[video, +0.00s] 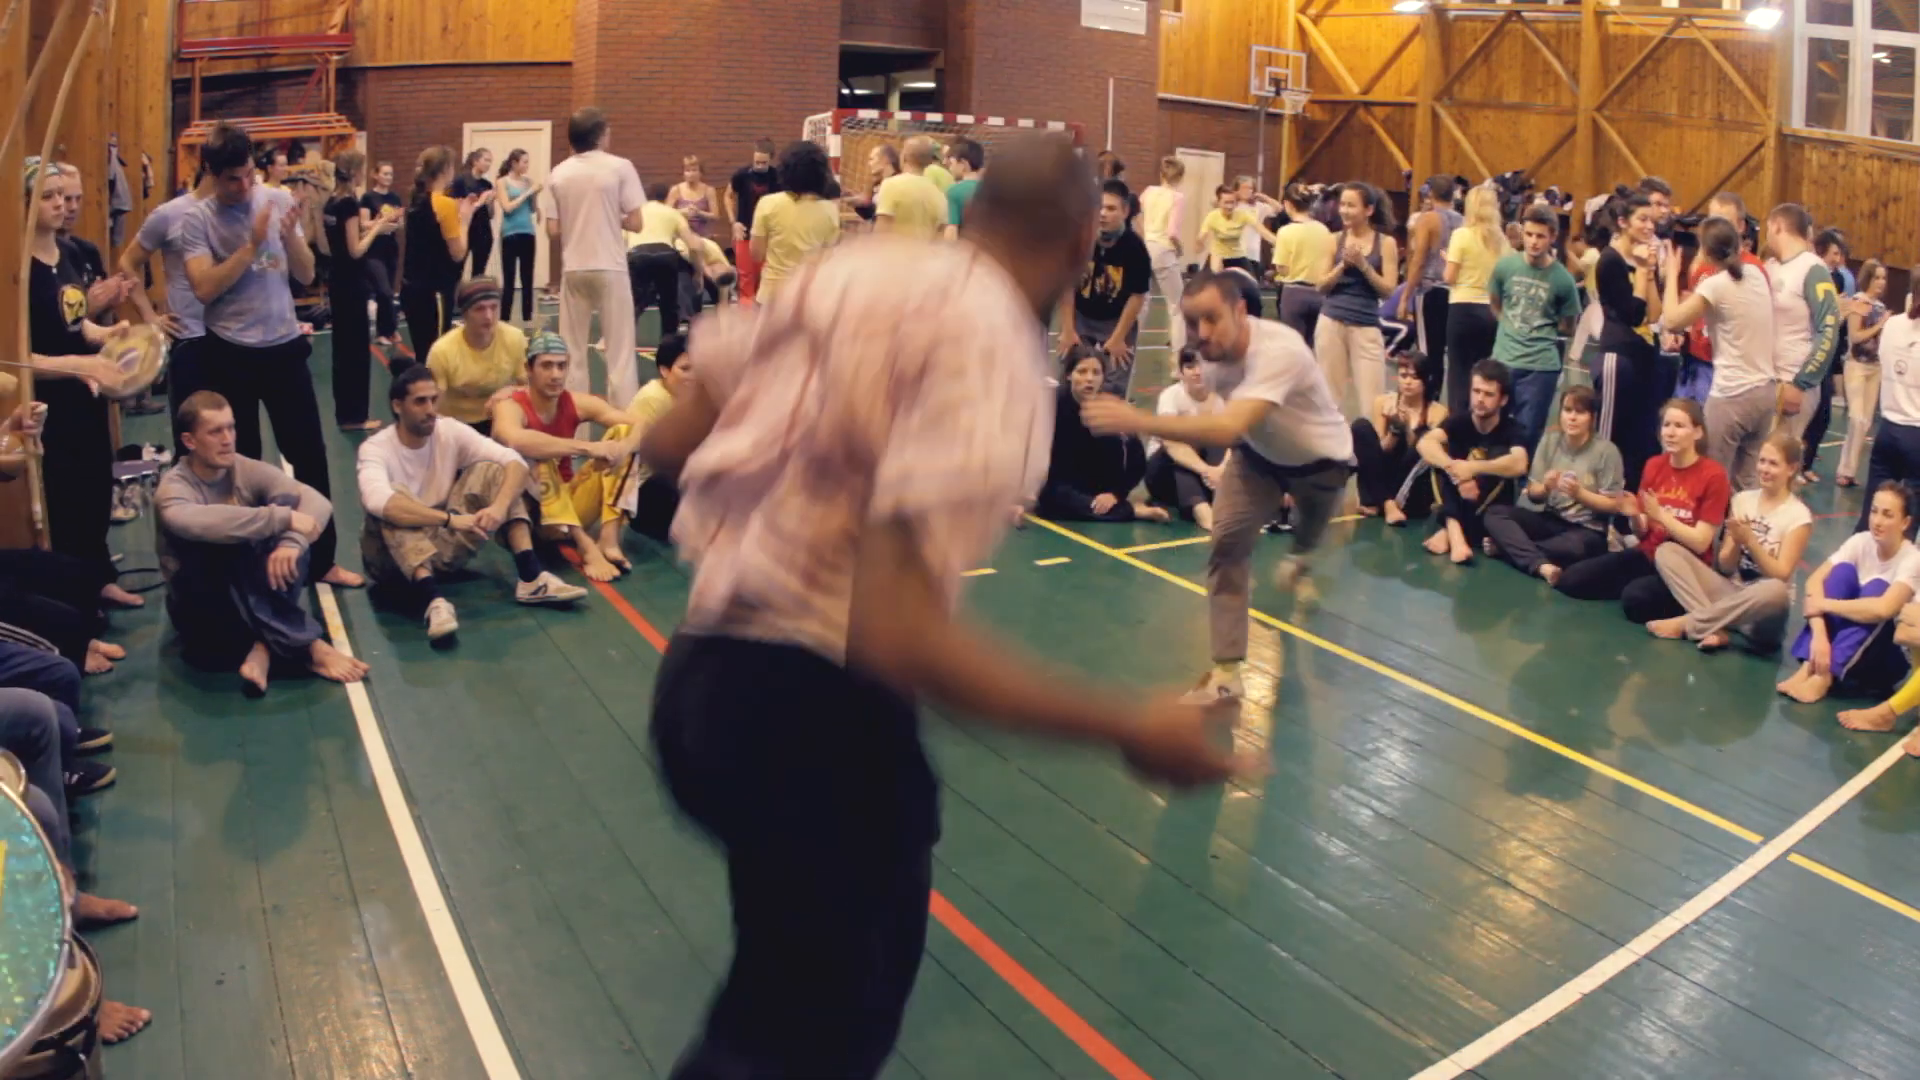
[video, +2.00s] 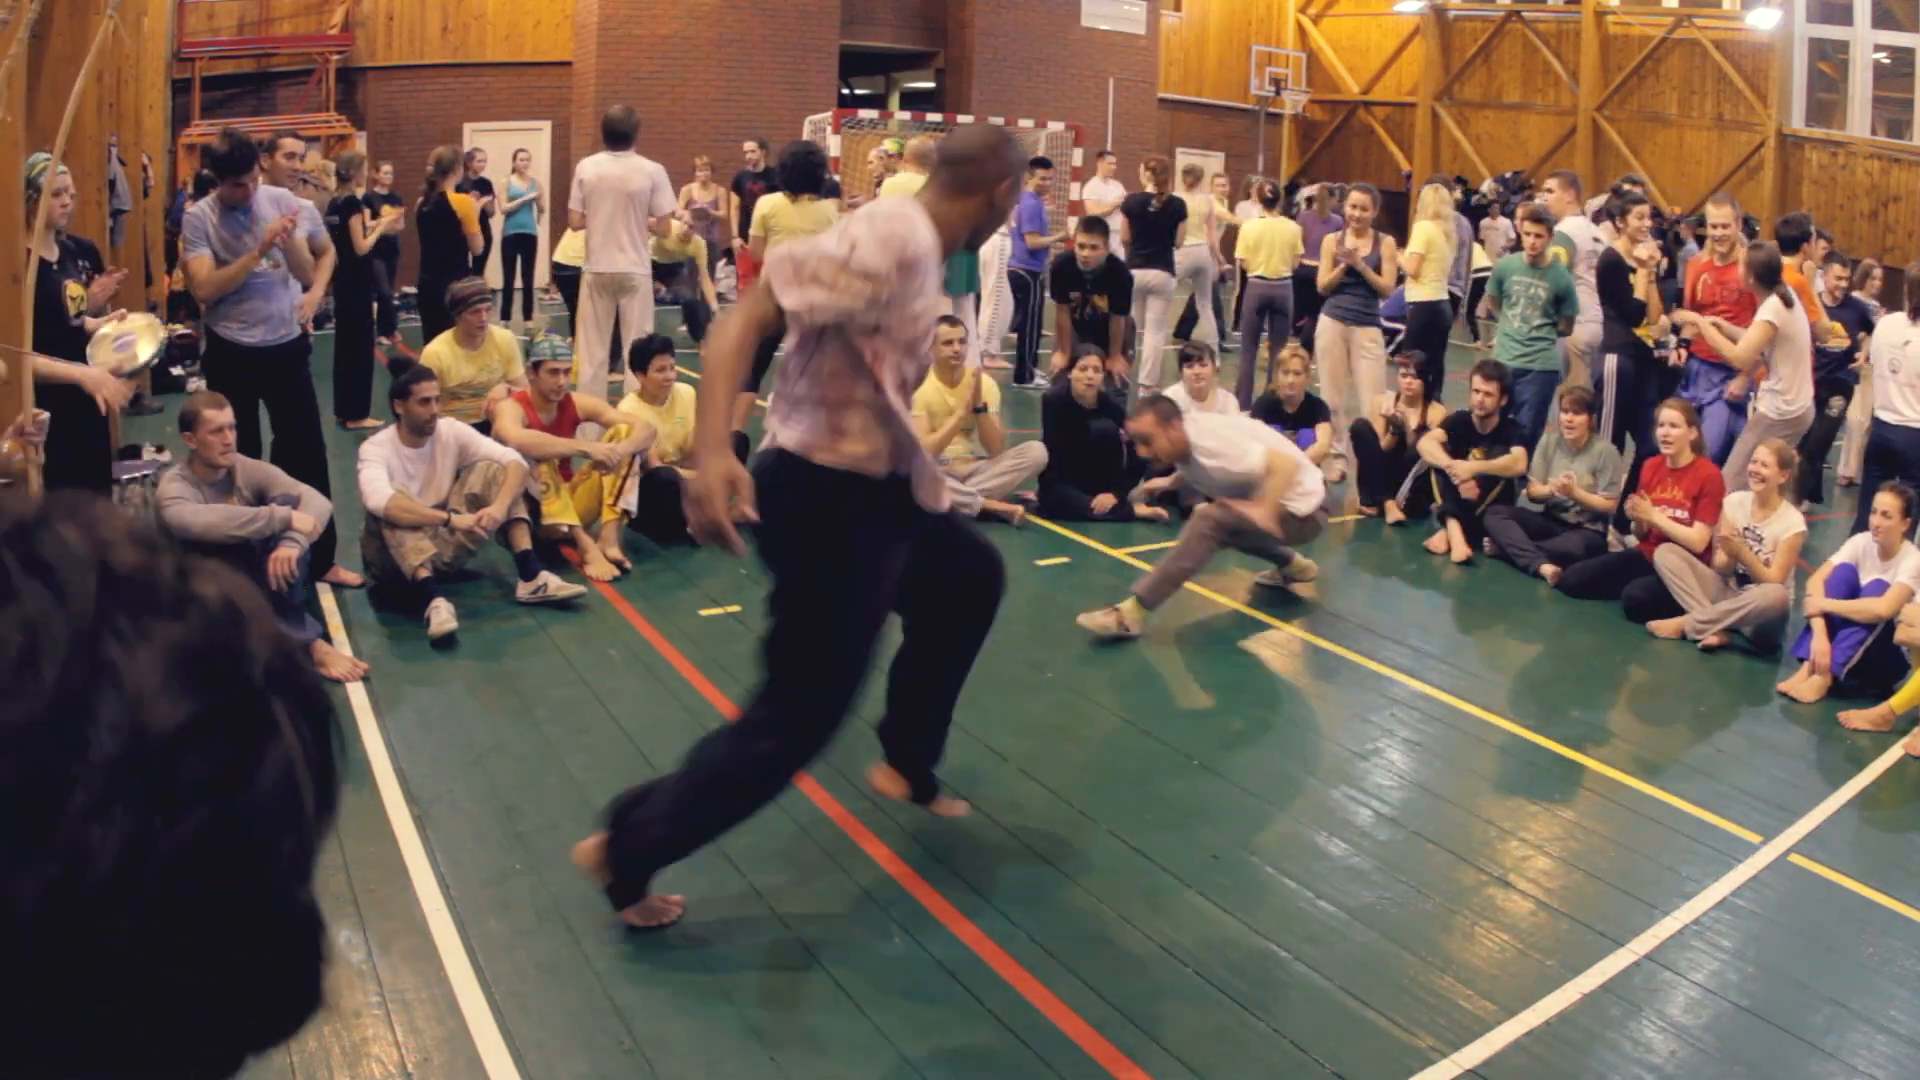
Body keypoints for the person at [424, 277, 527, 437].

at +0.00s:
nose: (488, 316)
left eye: (493, 307)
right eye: (479, 309)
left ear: (499, 309)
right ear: (464, 313)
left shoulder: (515, 339)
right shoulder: (442, 350)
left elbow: (525, 385)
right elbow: (433, 405)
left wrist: (510, 392)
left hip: (503, 421)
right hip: (457, 425)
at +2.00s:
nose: (483, 318)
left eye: (487, 310)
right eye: (475, 312)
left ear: (491, 310)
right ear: (458, 315)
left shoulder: (504, 339)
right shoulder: (435, 352)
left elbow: (524, 388)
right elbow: (423, 402)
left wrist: (505, 387)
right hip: (451, 429)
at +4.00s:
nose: (463, 322)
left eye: (469, 313)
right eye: (456, 315)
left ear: (485, 313)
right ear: (451, 317)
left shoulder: (504, 340)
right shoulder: (435, 352)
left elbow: (525, 390)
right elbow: (422, 401)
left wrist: (505, 387)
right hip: (449, 428)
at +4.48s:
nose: (461, 325)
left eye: (467, 319)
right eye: (459, 318)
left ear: (490, 318)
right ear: (456, 314)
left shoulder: (516, 336)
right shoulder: (445, 341)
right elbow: (433, 396)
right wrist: (451, 424)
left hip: (500, 415)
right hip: (456, 416)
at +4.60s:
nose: (454, 306)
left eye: (459, 301)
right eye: (452, 300)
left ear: (479, 301)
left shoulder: (516, 319)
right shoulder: (443, 319)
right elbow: (440, 378)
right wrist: (460, 416)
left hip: (498, 396)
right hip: (455, 396)